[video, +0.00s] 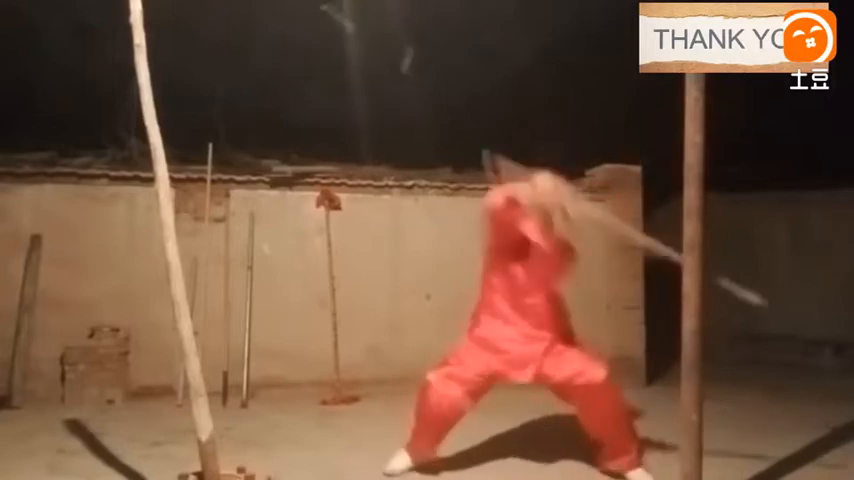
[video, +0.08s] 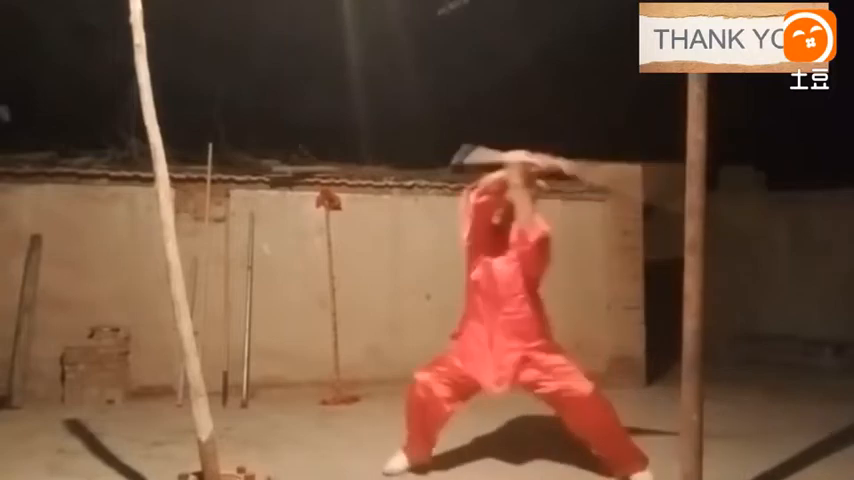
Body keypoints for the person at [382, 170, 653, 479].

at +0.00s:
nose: (547, 200)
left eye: (553, 195)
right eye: (541, 192)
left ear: (559, 202)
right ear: (528, 196)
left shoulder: (558, 247)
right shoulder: (507, 234)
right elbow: (498, 203)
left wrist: (570, 346)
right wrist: (529, 192)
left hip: (544, 346)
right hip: (493, 343)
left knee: (596, 383)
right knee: (441, 392)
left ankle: (623, 462)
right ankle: (416, 451)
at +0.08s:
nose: (498, 206)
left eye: (506, 199)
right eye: (492, 198)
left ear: (519, 207)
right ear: (481, 207)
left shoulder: (530, 246)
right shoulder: (477, 247)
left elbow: (531, 230)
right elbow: (479, 194)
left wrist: (519, 177)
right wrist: (527, 166)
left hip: (529, 353)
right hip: (475, 351)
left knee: (583, 396)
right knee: (425, 386)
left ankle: (632, 467)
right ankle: (415, 455)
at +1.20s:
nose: (515, 179)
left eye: (521, 172)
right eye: (507, 173)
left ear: (532, 175)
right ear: (494, 175)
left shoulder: (549, 211)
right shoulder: (489, 212)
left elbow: (549, 261)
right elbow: (465, 196)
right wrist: (481, 160)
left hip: (561, 316)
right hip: (512, 320)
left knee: (596, 387)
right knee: (474, 379)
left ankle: (627, 465)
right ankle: (430, 444)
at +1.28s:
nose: (509, 176)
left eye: (517, 168)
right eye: (505, 170)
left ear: (534, 169)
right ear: (499, 175)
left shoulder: (550, 203)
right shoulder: (500, 206)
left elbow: (536, 250)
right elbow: (463, 224)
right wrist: (484, 182)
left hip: (573, 299)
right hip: (533, 301)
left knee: (596, 376)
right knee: (496, 365)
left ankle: (629, 463)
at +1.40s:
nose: (502, 177)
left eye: (509, 169)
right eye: (497, 171)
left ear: (528, 168)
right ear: (491, 175)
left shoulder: (547, 202)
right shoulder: (498, 205)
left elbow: (541, 243)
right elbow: (481, 228)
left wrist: (501, 249)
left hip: (575, 293)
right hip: (536, 295)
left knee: (596, 373)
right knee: (511, 367)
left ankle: (629, 461)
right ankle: (547, 444)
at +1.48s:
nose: (490, 178)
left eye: (496, 170)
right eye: (486, 172)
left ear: (517, 167)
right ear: (484, 174)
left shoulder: (539, 198)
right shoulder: (495, 210)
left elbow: (518, 250)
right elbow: (474, 249)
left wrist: (472, 282)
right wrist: (453, 281)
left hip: (576, 301)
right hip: (539, 303)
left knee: (586, 370)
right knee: (525, 370)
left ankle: (629, 453)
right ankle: (549, 450)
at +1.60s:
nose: (487, 178)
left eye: (493, 169)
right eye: (484, 171)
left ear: (514, 166)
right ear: (482, 174)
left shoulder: (534, 197)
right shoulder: (496, 209)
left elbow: (512, 251)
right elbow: (477, 255)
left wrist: (474, 289)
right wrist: (467, 295)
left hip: (569, 297)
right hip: (537, 299)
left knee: (564, 369)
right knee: (520, 365)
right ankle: (541, 444)